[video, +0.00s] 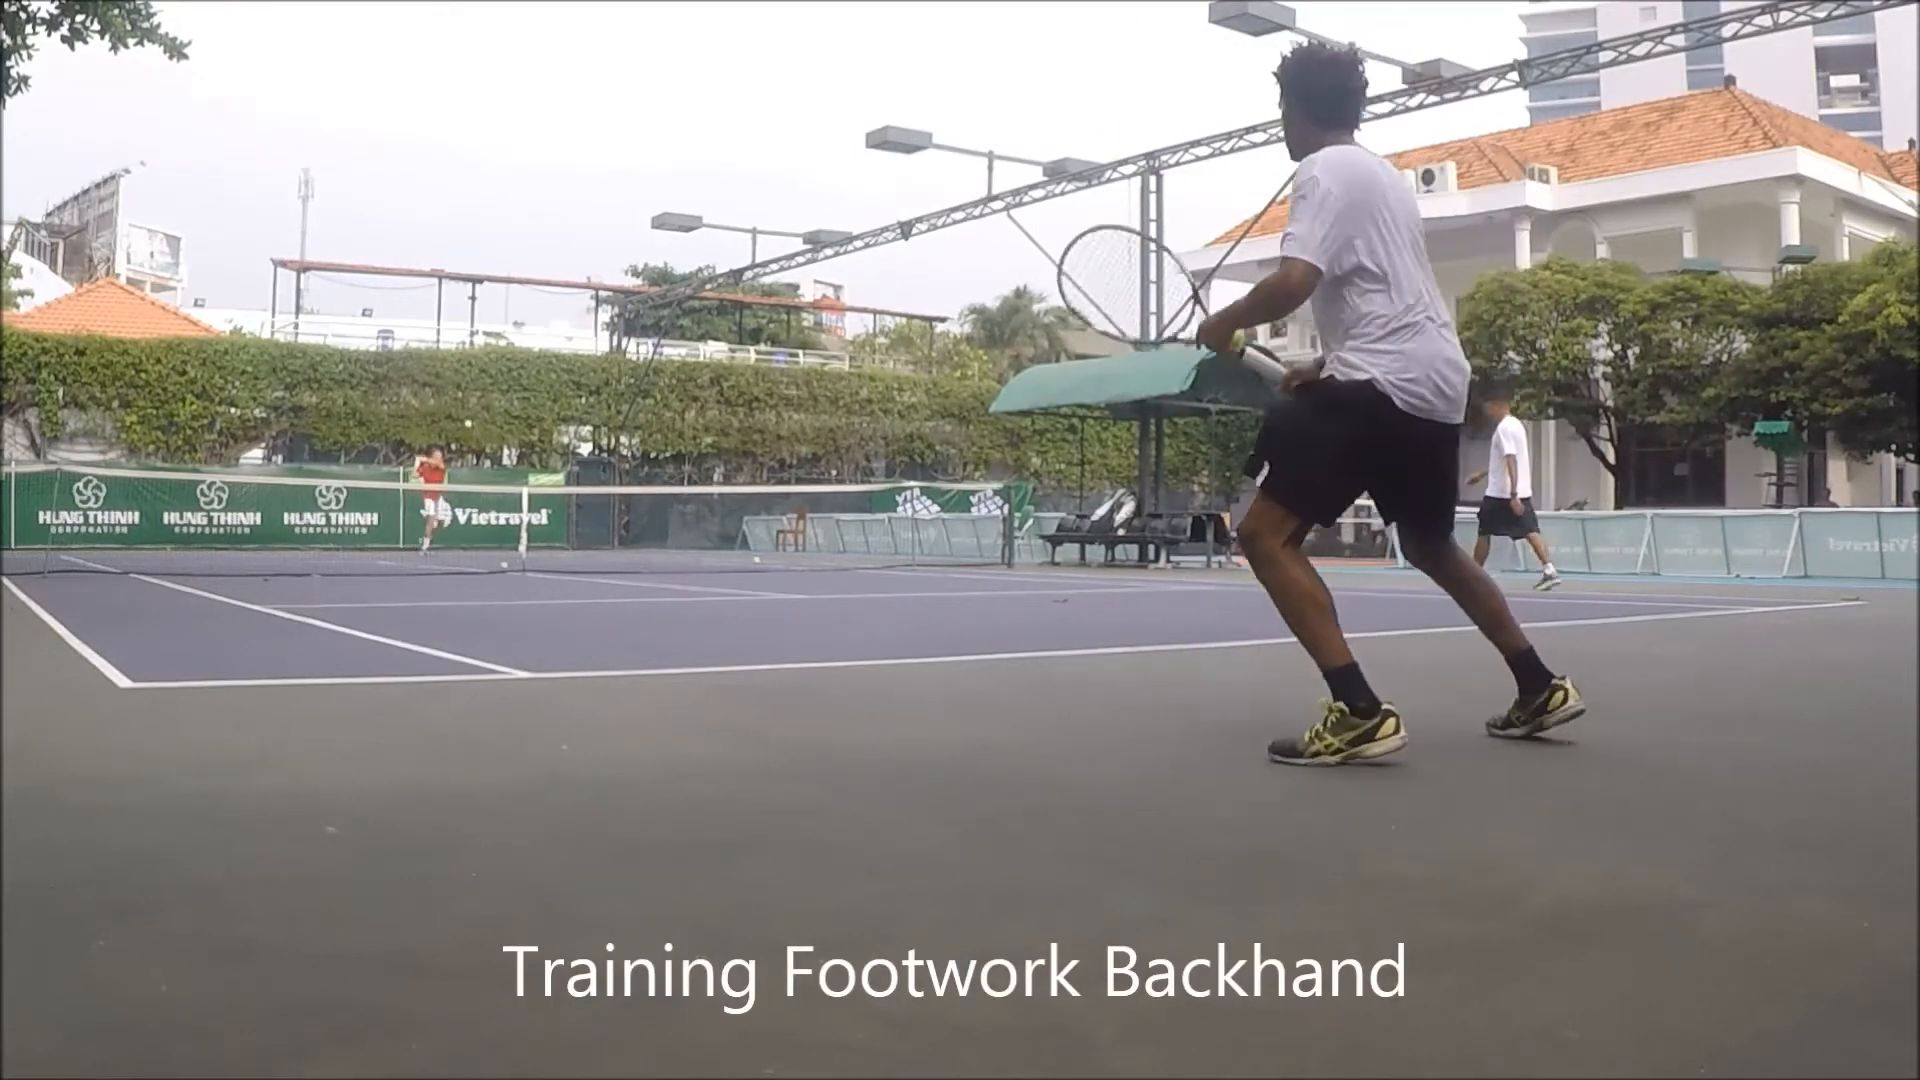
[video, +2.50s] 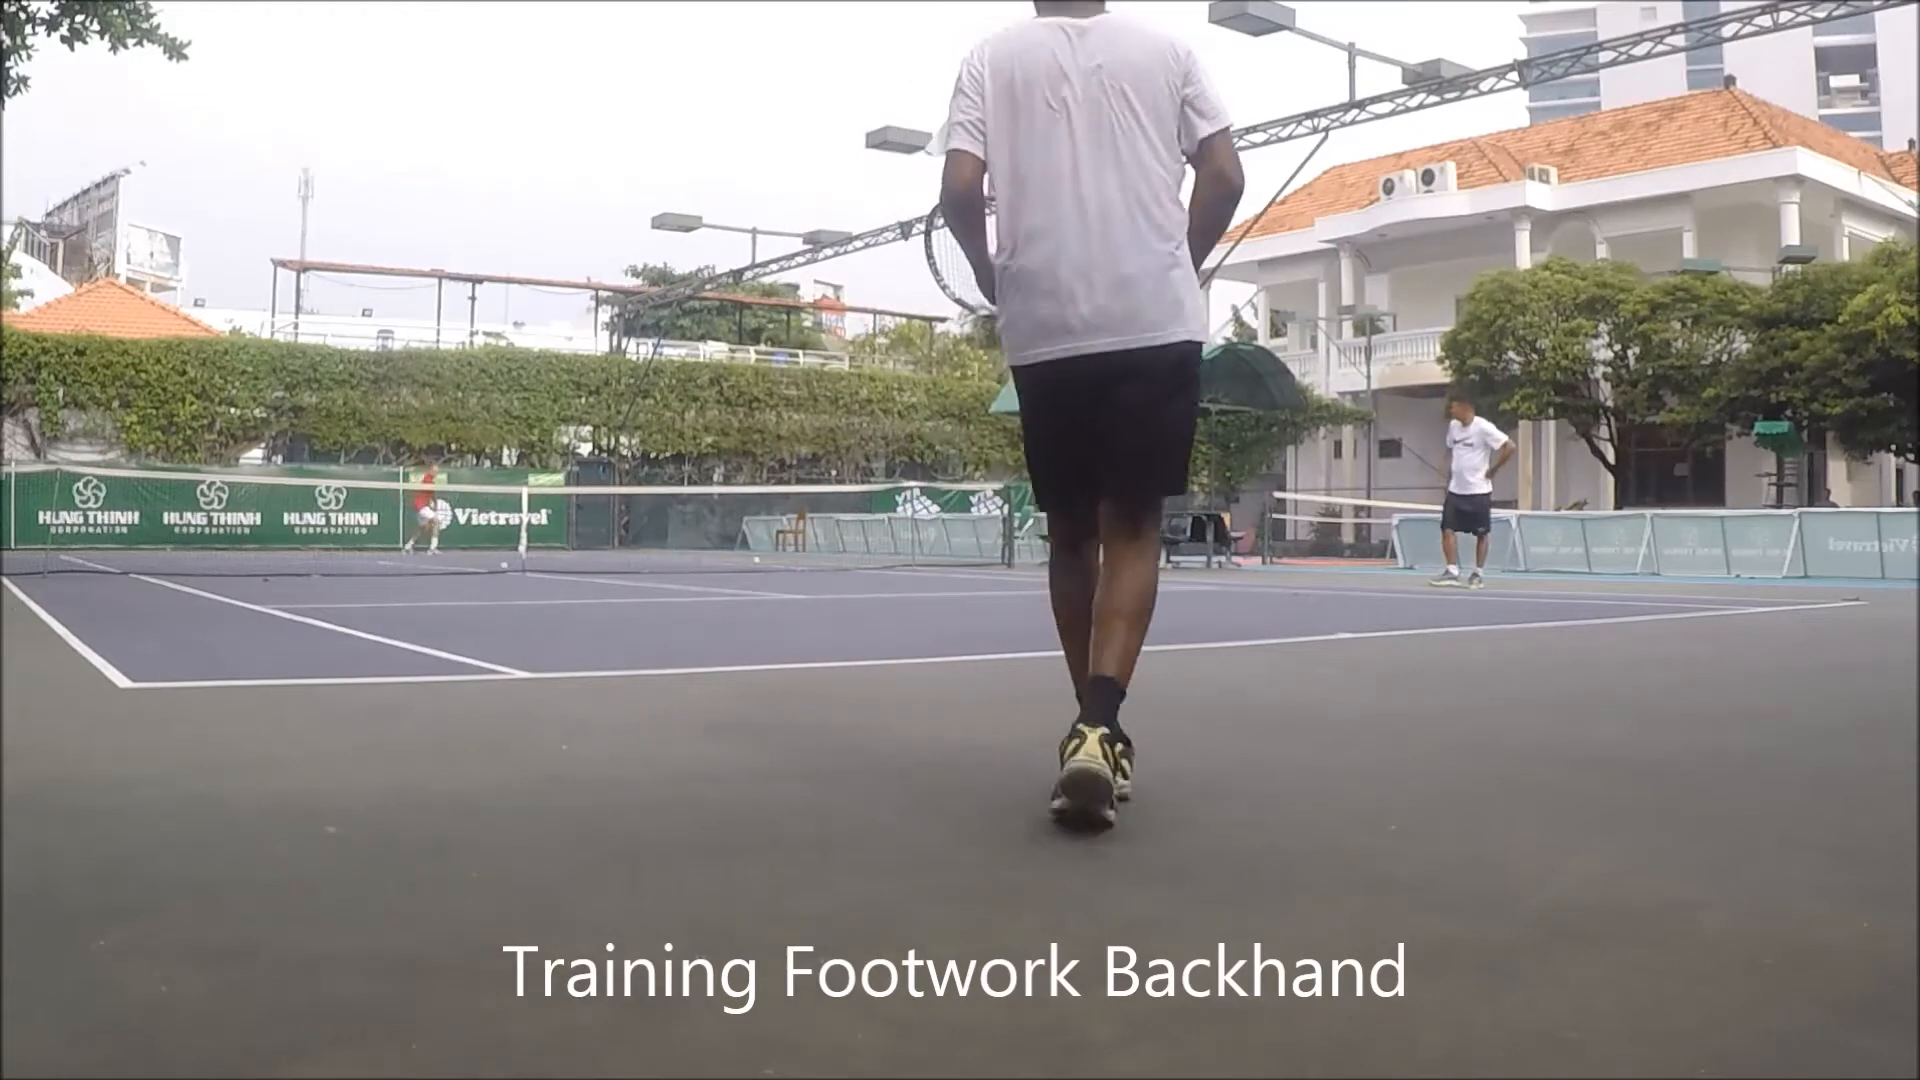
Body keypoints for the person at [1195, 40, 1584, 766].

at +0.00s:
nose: (1280, 125)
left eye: (1282, 111)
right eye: (1280, 111)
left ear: (1297, 111)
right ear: (1353, 111)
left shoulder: (1326, 171)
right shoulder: (1389, 179)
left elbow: (1294, 281)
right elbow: (1403, 307)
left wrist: (1229, 318)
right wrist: (1328, 366)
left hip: (1372, 384)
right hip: (1439, 391)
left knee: (1264, 536)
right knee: (1429, 544)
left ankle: (1357, 709)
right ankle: (1539, 685)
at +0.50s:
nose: (1043, 68)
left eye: (1050, 49)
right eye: (1037, 54)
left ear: (1076, 45)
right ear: (1073, 51)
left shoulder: (1137, 107)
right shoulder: (1056, 142)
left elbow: (1104, 206)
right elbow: (972, 217)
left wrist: (1005, 143)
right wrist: (909, 196)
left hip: (1127, 346)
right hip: (1091, 350)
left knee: (1007, 502)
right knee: (1058, 559)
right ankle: (1172, 713)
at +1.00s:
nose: (684, 10)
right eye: (680, 2)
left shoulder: (819, 14)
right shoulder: (750, 79)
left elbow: (926, 84)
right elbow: (777, 220)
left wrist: (871, 73)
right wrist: (743, 308)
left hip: (848, 300)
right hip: (775, 305)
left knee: (742, 509)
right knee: (668, 497)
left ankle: (821, 762)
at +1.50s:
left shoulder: (652, 9)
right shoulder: (815, 12)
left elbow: (627, 153)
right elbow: (896, 114)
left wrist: (547, 209)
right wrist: (895, 203)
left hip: (684, 304)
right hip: (792, 323)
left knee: (631, 535)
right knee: (657, 530)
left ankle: (665, 779)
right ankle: (597, 753)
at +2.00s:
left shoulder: (828, 22)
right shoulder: (1020, 31)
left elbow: (788, 168)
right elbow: (1085, 164)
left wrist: (802, 249)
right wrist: (1069, 281)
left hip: (844, 325)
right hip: (978, 332)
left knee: (762, 539)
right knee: (999, 550)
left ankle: (685, 782)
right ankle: (1080, 773)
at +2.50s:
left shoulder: (989, 56)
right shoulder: (1168, 47)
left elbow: (959, 190)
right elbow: (1224, 176)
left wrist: (990, 277)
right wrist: (1179, 267)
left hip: (1045, 332)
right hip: (1157, 321)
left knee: (1071, 538)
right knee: (1132, 527)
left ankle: (1101, 730)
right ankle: (1095, 724)